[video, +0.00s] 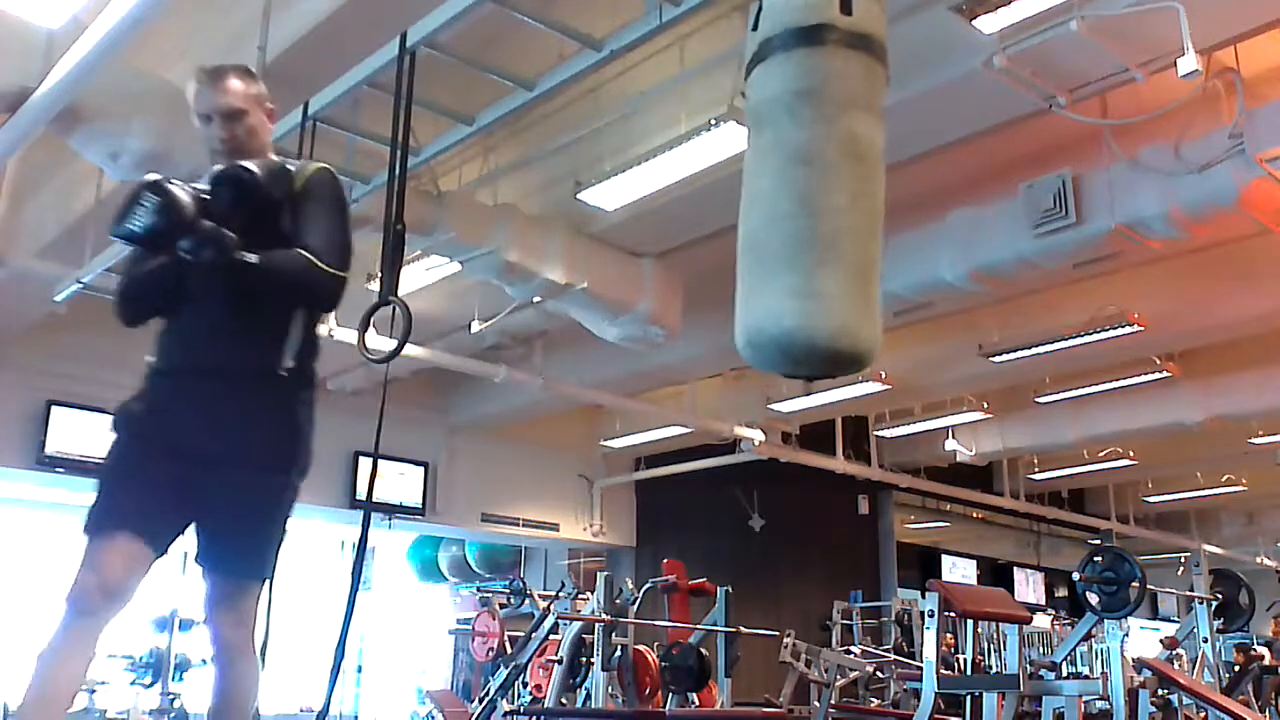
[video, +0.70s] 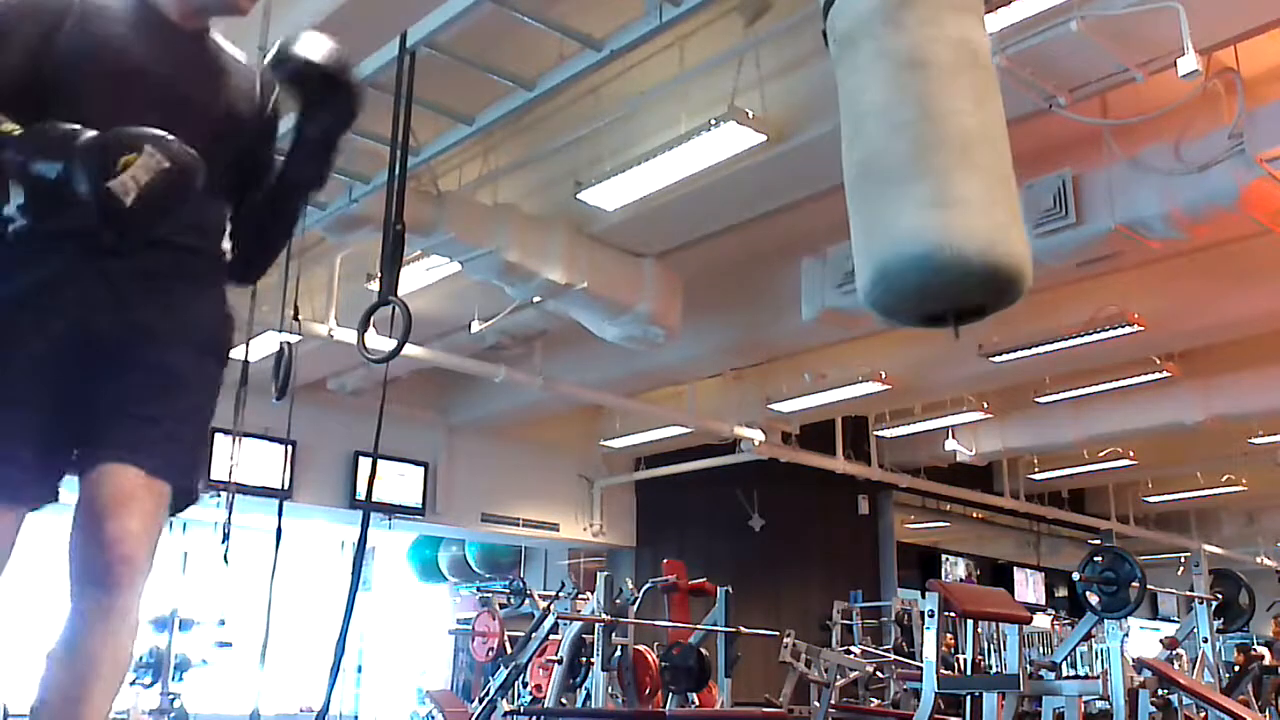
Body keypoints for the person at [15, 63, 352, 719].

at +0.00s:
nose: (223, 130)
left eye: (236, 115)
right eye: (209, 120)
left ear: (271, 113)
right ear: (198, 127)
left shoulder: (312, 184)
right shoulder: (185, 196)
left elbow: (324, 279)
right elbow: (130, 303)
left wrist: (226, 256)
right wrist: (187, 251)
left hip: (259, 426)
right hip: (167, 415)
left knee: (232, 627)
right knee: (94, 593)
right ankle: (28, 716)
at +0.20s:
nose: (181, 84)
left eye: (198, 70)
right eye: (168, 69)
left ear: (226, 81)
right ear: (149, 77)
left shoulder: (266, 168)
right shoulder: (105, 163)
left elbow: (290, 293)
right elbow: (46, 264)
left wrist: (169, 296)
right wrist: (88, 268)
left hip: (195, 412)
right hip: (93, 394)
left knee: (172, 611)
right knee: (28, 571)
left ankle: (193, 715)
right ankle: (8, 706)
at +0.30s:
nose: (190, 47)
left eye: (206, 35)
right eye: (176, 30)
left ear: (225, 46)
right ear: (149, 32)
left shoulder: (254, 149)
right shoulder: (79, 121)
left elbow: (297, 288)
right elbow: (7, 224)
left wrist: (219, 311)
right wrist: (118, 178)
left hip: (179, 391)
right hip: (64, 372)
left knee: (158, 572)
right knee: (22, 561)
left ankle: (157, 706)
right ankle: (2, 702)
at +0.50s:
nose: (239, 14)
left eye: (246, 7)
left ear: (239, 22)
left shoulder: (232, 105)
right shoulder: (52, 38)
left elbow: (257, 259)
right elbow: (7, 128)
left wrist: (257, 202)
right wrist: (117, 111)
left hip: (164, 333)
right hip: (43, 315)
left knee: (116, 547)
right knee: (13, 546)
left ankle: (79, 711)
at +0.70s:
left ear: (250, 4)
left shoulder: (247, 90)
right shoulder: (54, 19)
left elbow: (248, 256)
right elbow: (1, 140)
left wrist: (317, 135)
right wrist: (76, 160)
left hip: (169, 322)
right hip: (33, 299)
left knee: (116, 558)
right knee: (0, 536)